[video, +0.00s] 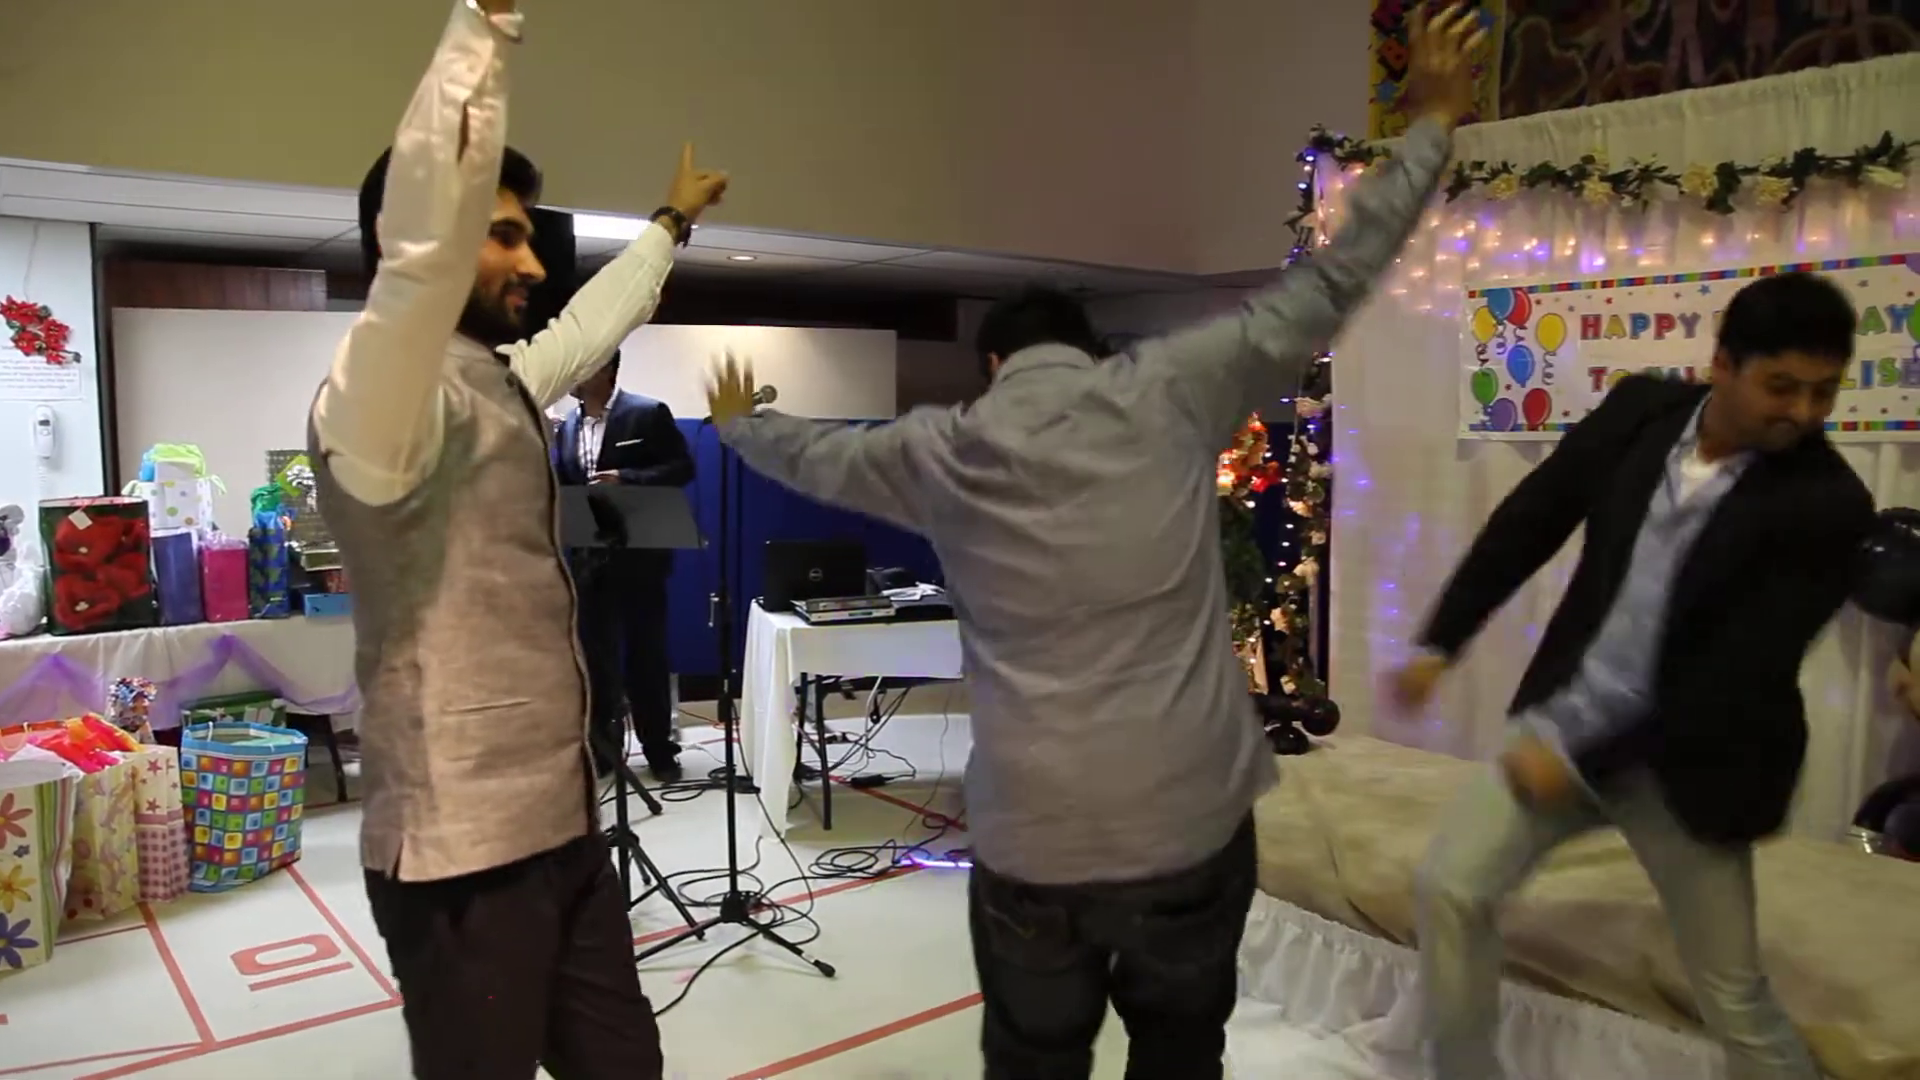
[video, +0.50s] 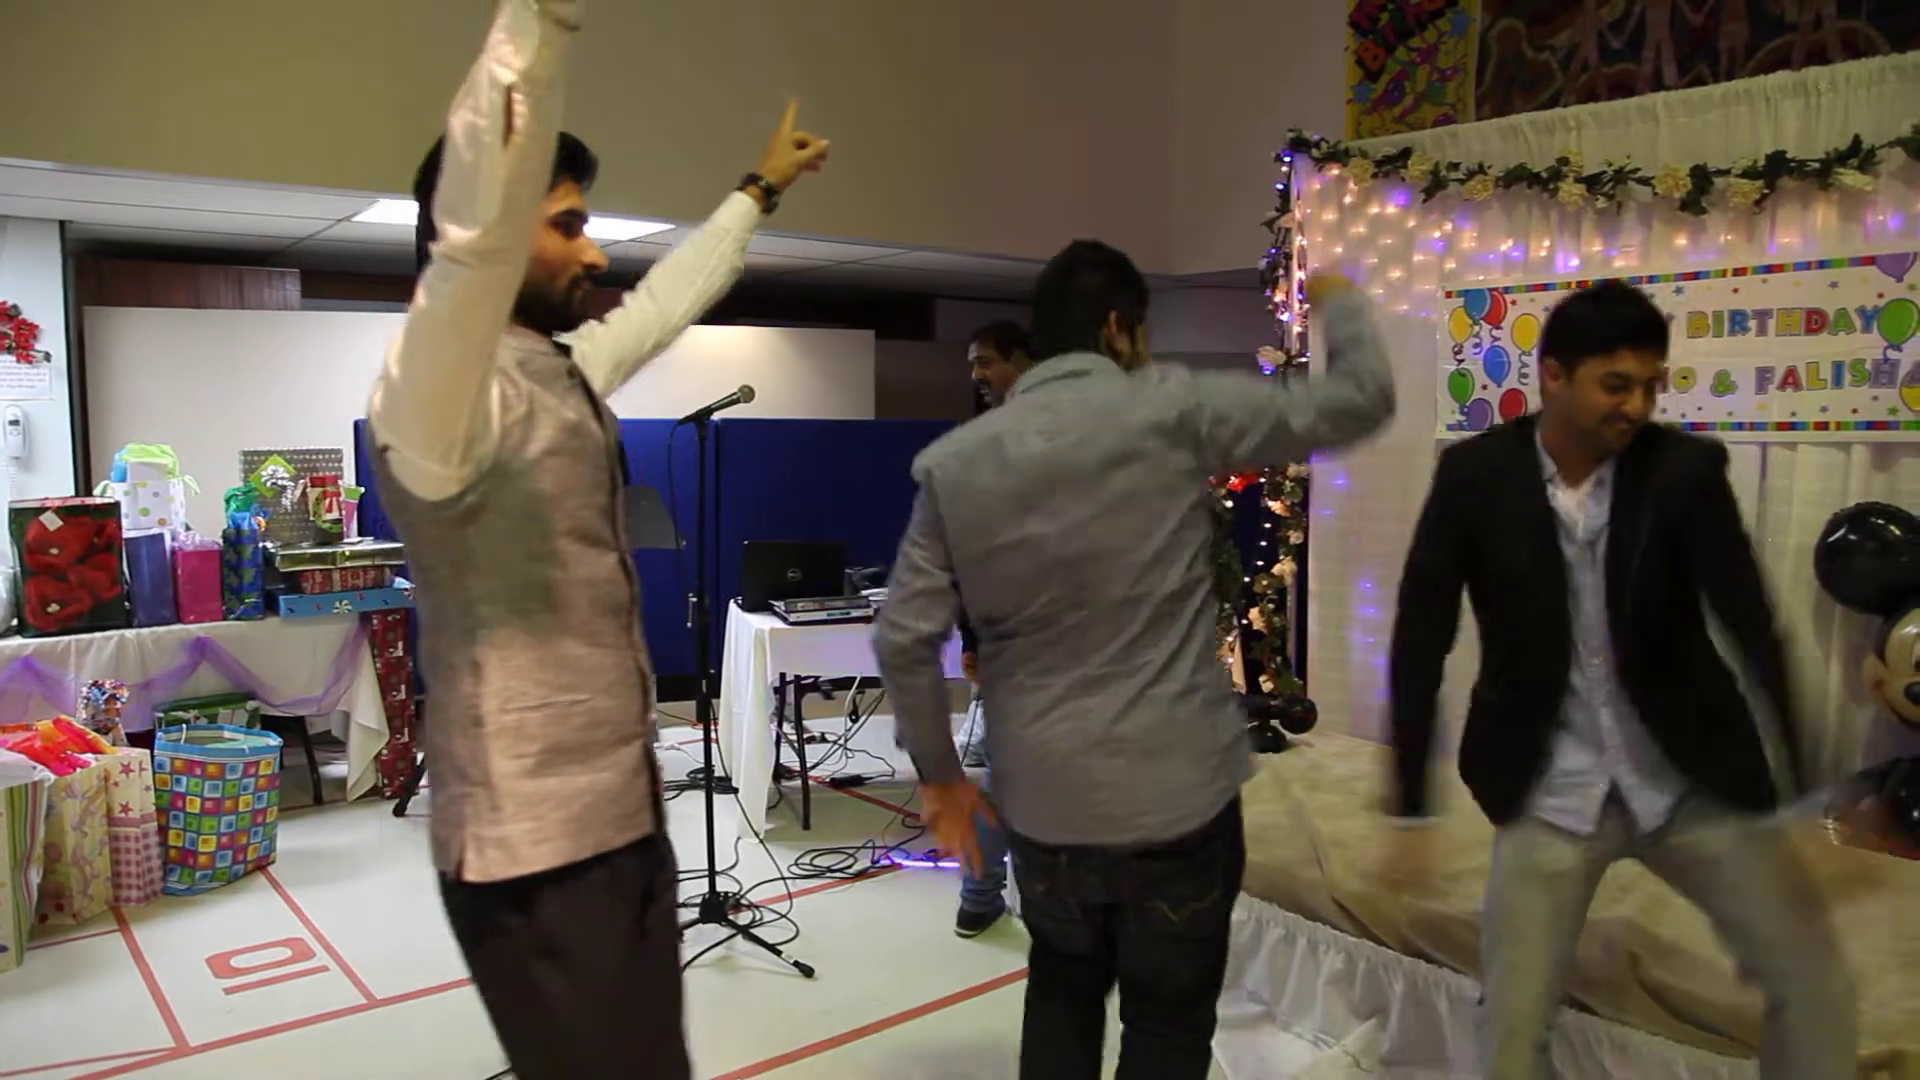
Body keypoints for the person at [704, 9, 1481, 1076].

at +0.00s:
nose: (975, 379)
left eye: (977, 369)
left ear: (989, 367)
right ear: (1093, 345)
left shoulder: (945, 448)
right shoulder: (1175, 386)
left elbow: (823, 456)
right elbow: (1324, 283)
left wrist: (740, 421)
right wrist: (1432, 124)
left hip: (1033, 843)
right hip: (1189, 832)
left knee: (1033, 1065)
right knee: (1179, 1065)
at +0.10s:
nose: (979, 371)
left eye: (980, 358)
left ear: (991, 356)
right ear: (1089, 335)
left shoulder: (943, 440)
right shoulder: (1170, 368)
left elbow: (802, 469)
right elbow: (1308, 237)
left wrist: (731, 458)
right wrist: (1426, 113)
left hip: (1047, 840)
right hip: (1199, 825)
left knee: (1046, 1061)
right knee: (1180, 1064)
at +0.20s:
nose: (981, 373)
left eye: (984, 357)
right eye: (984, 357)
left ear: (998, 355)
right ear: (1098, 334)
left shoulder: (954, 450)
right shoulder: (1182, 369)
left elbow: (811, 518)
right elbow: (1304, 252)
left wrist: (813, 573)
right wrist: (1404, 130)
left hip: (1053, 842)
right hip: (1204, 829)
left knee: (1049, 1048)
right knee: (1184, 1062)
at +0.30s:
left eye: (990, 355)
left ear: (1002, 350)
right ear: (1110, 330)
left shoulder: (958, 448)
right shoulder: (1182, 374)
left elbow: (826, 554)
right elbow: (1318, 275)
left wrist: (873, 646)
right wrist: (1391, 153)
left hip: (1061, 806)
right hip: (1207, 793)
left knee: (1060, 1014)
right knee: (1180, 1043)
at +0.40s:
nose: (1128, 325)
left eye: (1124, 315)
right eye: (1127, 313)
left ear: (1017, 332)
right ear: (1111, 316)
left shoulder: (950, 450)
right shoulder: (1177, 377)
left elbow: (863, 605)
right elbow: (1344, 331)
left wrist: (919, 716)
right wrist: (1367, 213)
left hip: (1054, 794)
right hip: (1196, 785)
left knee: (1065, 1010)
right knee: (1172, 1033)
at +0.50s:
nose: (1148, 342)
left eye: (1146, 327)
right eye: (1144, 326)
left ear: (1032, 335)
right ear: (1116, 326)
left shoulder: (956, 465)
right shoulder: (1172, 407)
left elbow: (904, 636)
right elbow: (1359, 399)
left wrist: (939, 775)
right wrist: (1341, 304)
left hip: (1041, 804)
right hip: (1177, 801)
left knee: (1062, 992)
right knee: (1169, 1026)